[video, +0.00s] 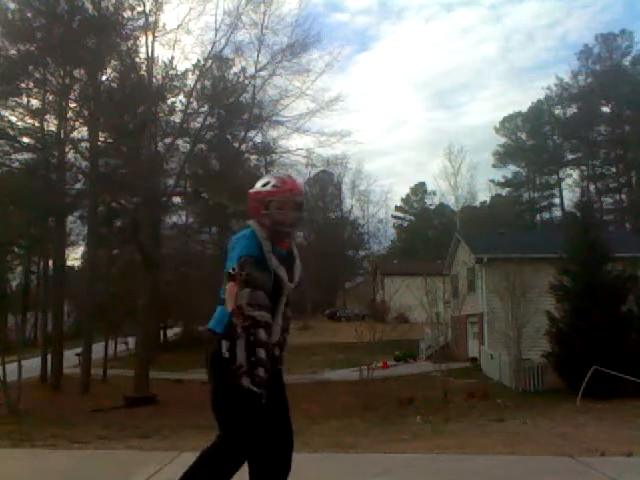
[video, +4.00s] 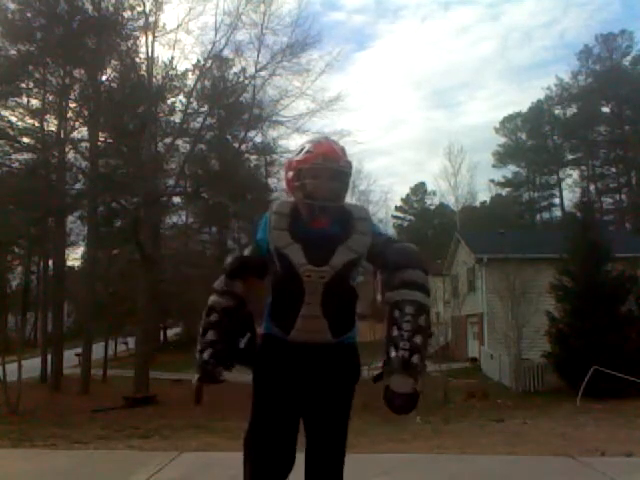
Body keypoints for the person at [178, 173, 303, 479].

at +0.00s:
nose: (288, 216)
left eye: (294, 208)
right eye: (280, 208)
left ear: (299, 211)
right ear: (263, 210)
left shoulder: (284, 248)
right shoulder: (247, 244)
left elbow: (277, 305)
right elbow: (239, 304)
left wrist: (274, 356)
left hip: (262, 351)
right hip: (230, 348)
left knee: (276, 441)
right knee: (239, 438)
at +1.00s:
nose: (342, 217)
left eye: (346, 209)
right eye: (335, 208)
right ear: (314, 208)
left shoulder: (309, 241)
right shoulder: (295, 237)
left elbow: (323, 288)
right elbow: (318, 294)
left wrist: (345, 324)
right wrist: (340, 327)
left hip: (278, 342)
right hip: (264, 342)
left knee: (297, 442)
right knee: (295, 444)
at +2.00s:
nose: (283, 227)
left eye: (292, 219)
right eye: (275, 218)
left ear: (300, 225)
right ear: (259, 222)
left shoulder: (312, 261)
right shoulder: (238, 259)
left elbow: (348, 303)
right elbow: (198, 302)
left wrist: (346, 374)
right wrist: (170, 356)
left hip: (293, 375)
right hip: (242, 373)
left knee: (297, 465)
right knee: (227, 462)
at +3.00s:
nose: (275, 200)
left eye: (282, 192)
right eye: (266, 192)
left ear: (291, 198)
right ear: (249, 197)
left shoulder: (305, 238)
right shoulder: (230, 235)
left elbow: (332, 283)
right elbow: (212, 281)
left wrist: (334, 335)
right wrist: (229, 337)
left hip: (287, 357)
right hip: (238, 355)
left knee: (298, 449)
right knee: (236, 452)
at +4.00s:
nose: (323, 186)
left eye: (333, 178)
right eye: (314, 177)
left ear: (345, 184)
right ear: (296, 181)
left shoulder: (360, 227)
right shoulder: (272, 223)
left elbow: (406, 271)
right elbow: (237, 281)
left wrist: (404, 363)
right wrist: (215, 344)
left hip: (335, 358)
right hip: (278, 356)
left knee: (326, 461)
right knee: (266, 458)